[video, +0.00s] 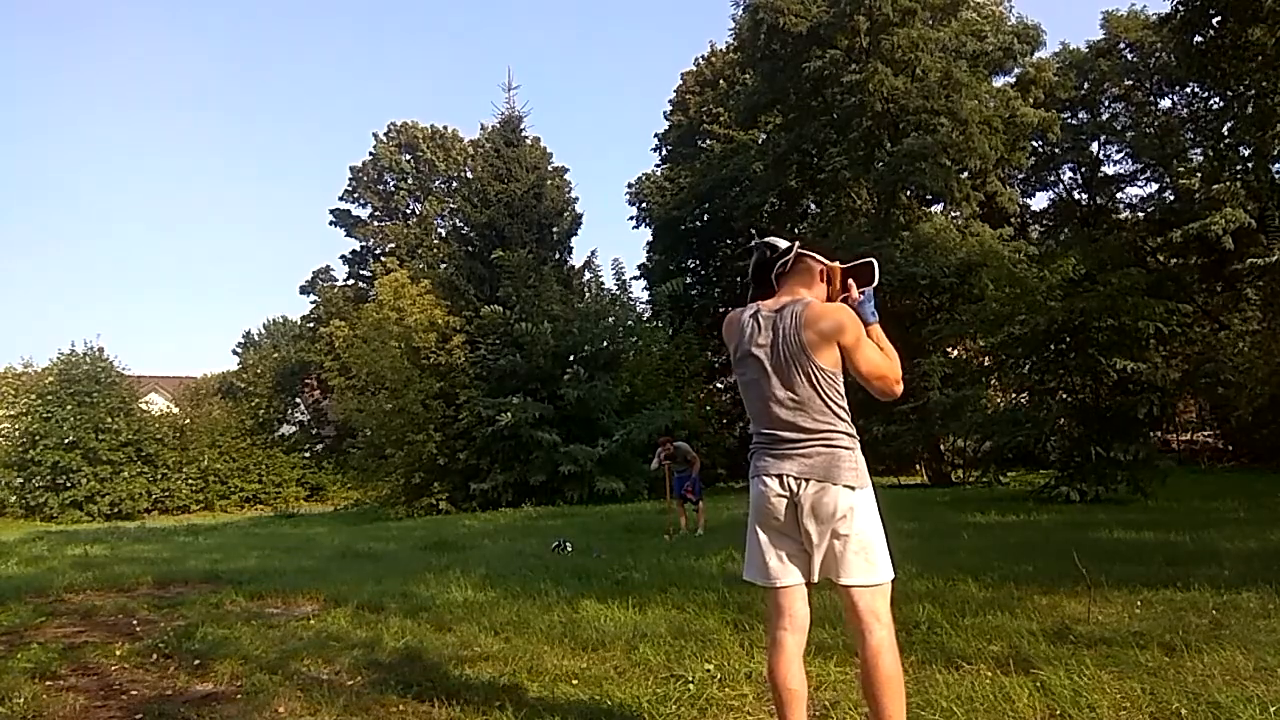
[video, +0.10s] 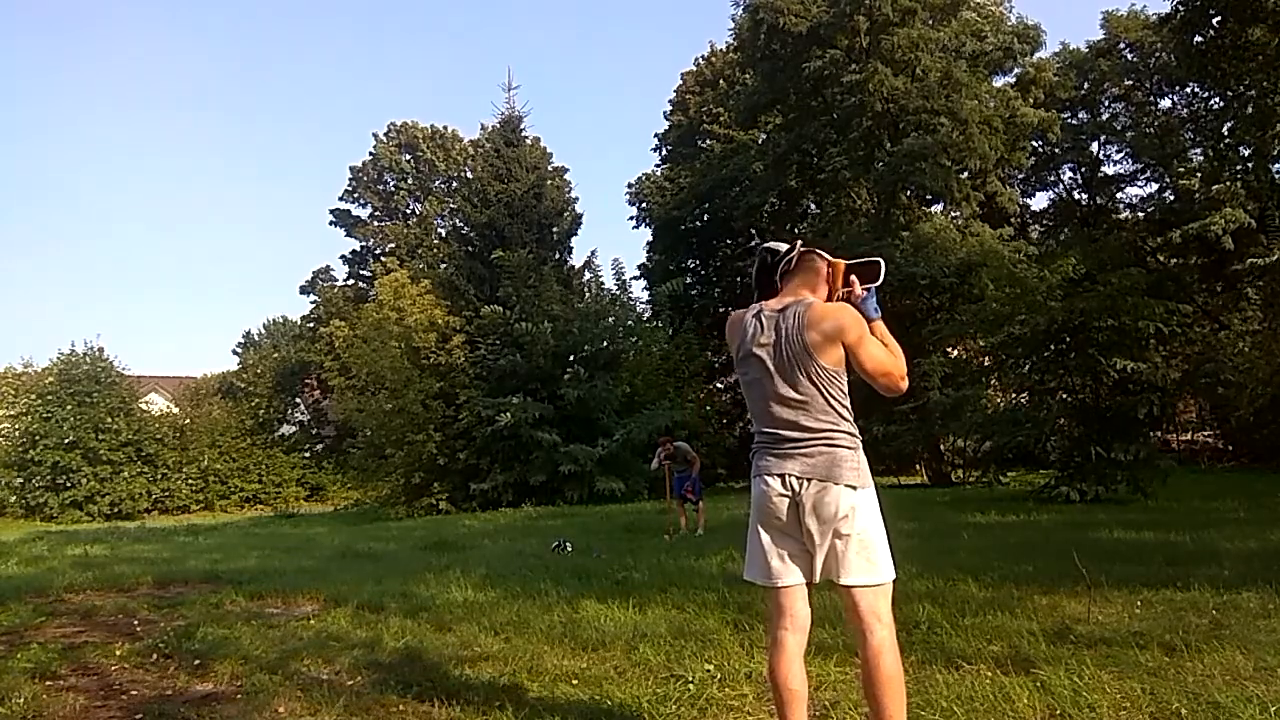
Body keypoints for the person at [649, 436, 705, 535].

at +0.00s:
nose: (667, 452)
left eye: (668, 449)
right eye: (665, 450)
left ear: (672, 446)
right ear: (662, 449)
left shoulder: (682, 447)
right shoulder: (660, 452)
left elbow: (696, 461)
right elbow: (652, 467)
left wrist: (692, 480)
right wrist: (660, 460)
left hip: (690, 472)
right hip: (677, 475)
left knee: (697, 501)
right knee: (679, 502)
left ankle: (700, 528)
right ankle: (683, 528)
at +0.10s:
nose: (667, 452)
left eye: (668, 449)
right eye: (665, 450)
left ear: (672, 446)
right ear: (662, 449)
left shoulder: (682, 447)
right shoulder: (660, 452)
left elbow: (696, 461)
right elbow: (652, 467)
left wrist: (692, 480)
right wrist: (660, 460)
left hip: (690, 472)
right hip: (677, 475)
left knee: (697, 501)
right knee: (679, 502)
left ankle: (700, 528)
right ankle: (683, 528)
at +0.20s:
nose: (667, 452)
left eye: (668, 449)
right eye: (665, 450)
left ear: (672, 446)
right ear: (662, 449)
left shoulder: (682, 447)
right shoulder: (660, 451)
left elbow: (696, 461)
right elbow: (652, 467)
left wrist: (692, 480)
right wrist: (660, 460)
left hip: (690, 472)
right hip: (677, 474)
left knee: (697, 501)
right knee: (679, 502)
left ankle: (700, 528)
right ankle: (683, 528)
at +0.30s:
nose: (667, 452)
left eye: (668, 449)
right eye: (665, 450)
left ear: (672, 445)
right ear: (662, 449)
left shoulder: (682, 447)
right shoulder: (660, 451)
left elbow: (697, 461)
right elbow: (653, 467)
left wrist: (692, 480)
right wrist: (660, 461)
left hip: (690, 472)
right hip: (677, 474)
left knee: (697, 501)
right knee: (679, 502)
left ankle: (700, 527)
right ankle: (683, 528)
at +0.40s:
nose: (667, 452)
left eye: (669, 449)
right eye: (665, 450)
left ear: (672, 446)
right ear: (662, 449)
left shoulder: (682, 447)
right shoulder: (661, 451)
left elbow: (697, 461)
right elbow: (653, 467)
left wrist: (692, 480)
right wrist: (660, 461)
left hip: (690, 472)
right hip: (677, 474)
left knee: (697, 501)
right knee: (679, 502)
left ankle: (700, 527)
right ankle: (683, 528)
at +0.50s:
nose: (668, 452)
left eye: (669, 449)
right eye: (665, 450)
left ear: (673, 445)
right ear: (662, 449)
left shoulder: (682, 447)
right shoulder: (661, 451)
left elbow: (697, 461)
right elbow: (653, 467)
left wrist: (692, 480)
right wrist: (660, 460)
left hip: (690, 472)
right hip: (677, 474)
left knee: (697, 501)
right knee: (679, 502)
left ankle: (700, 527)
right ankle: (683, 528)